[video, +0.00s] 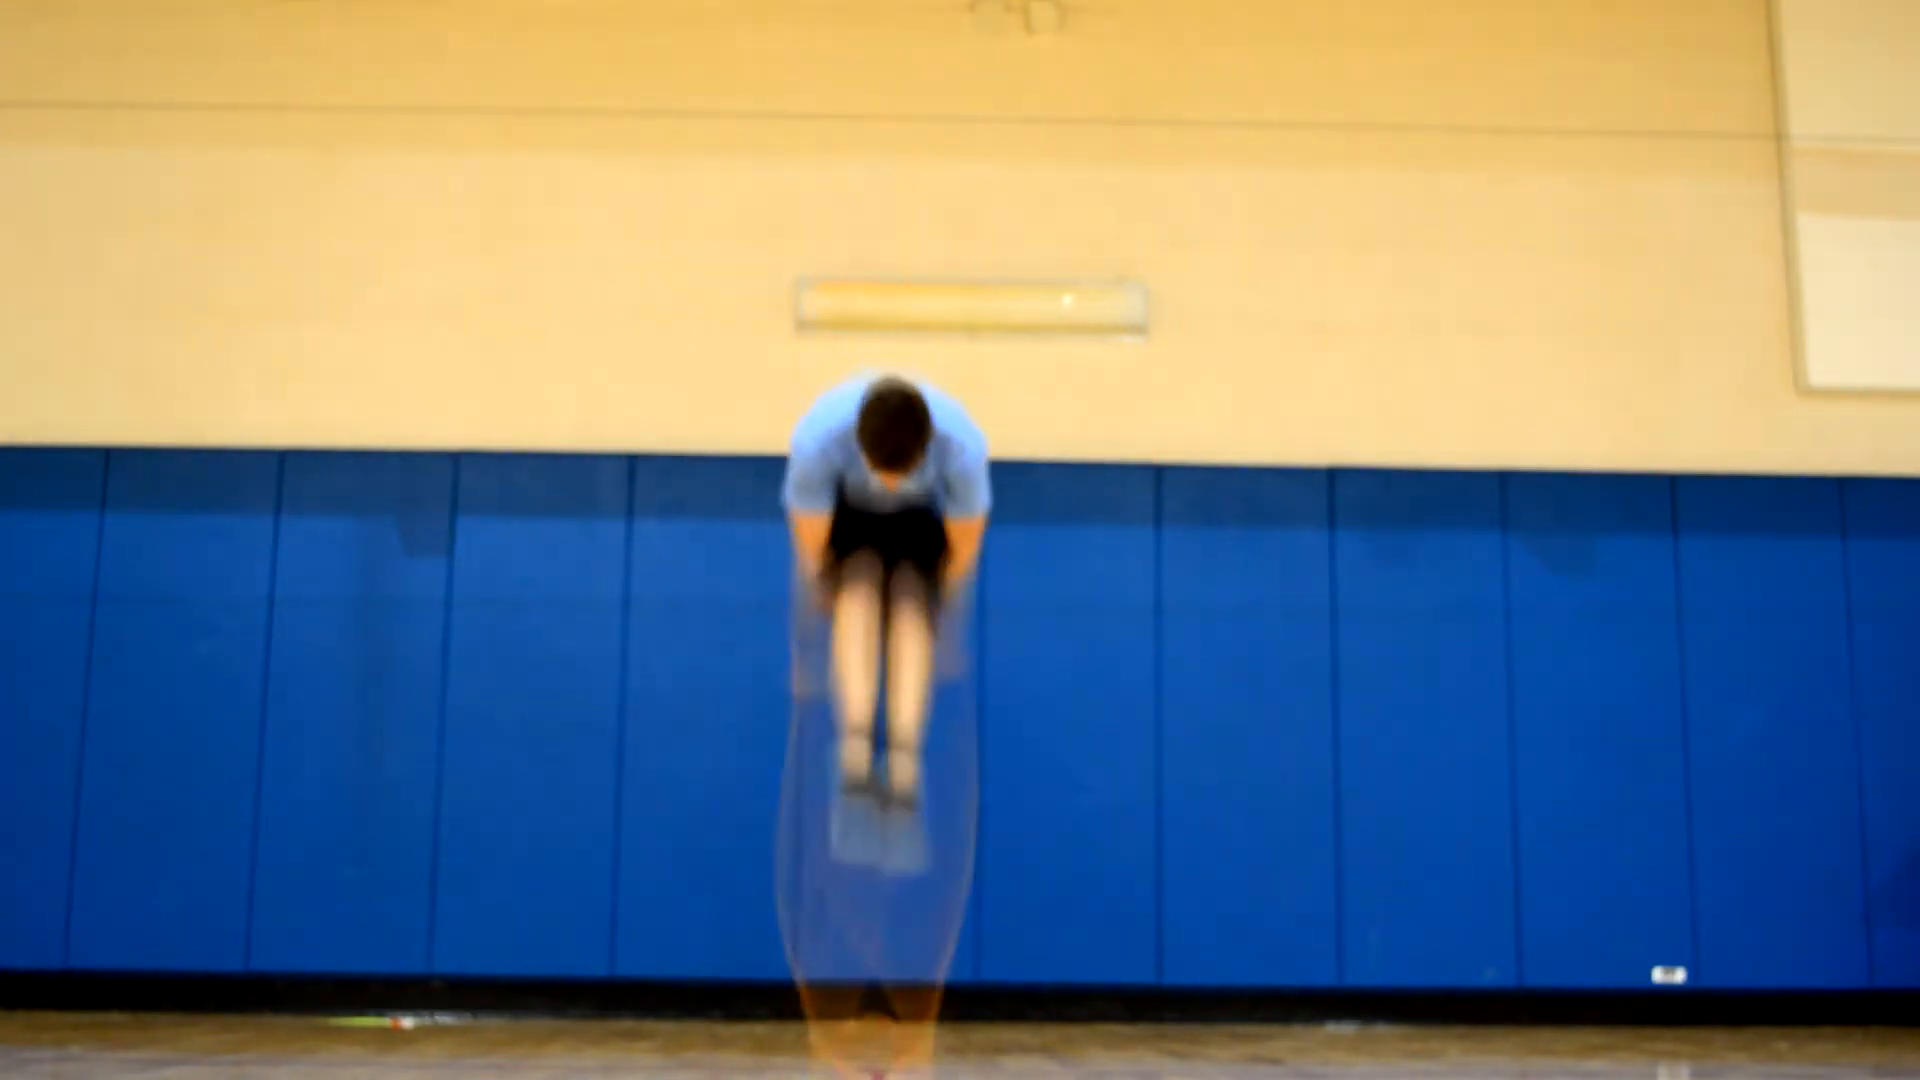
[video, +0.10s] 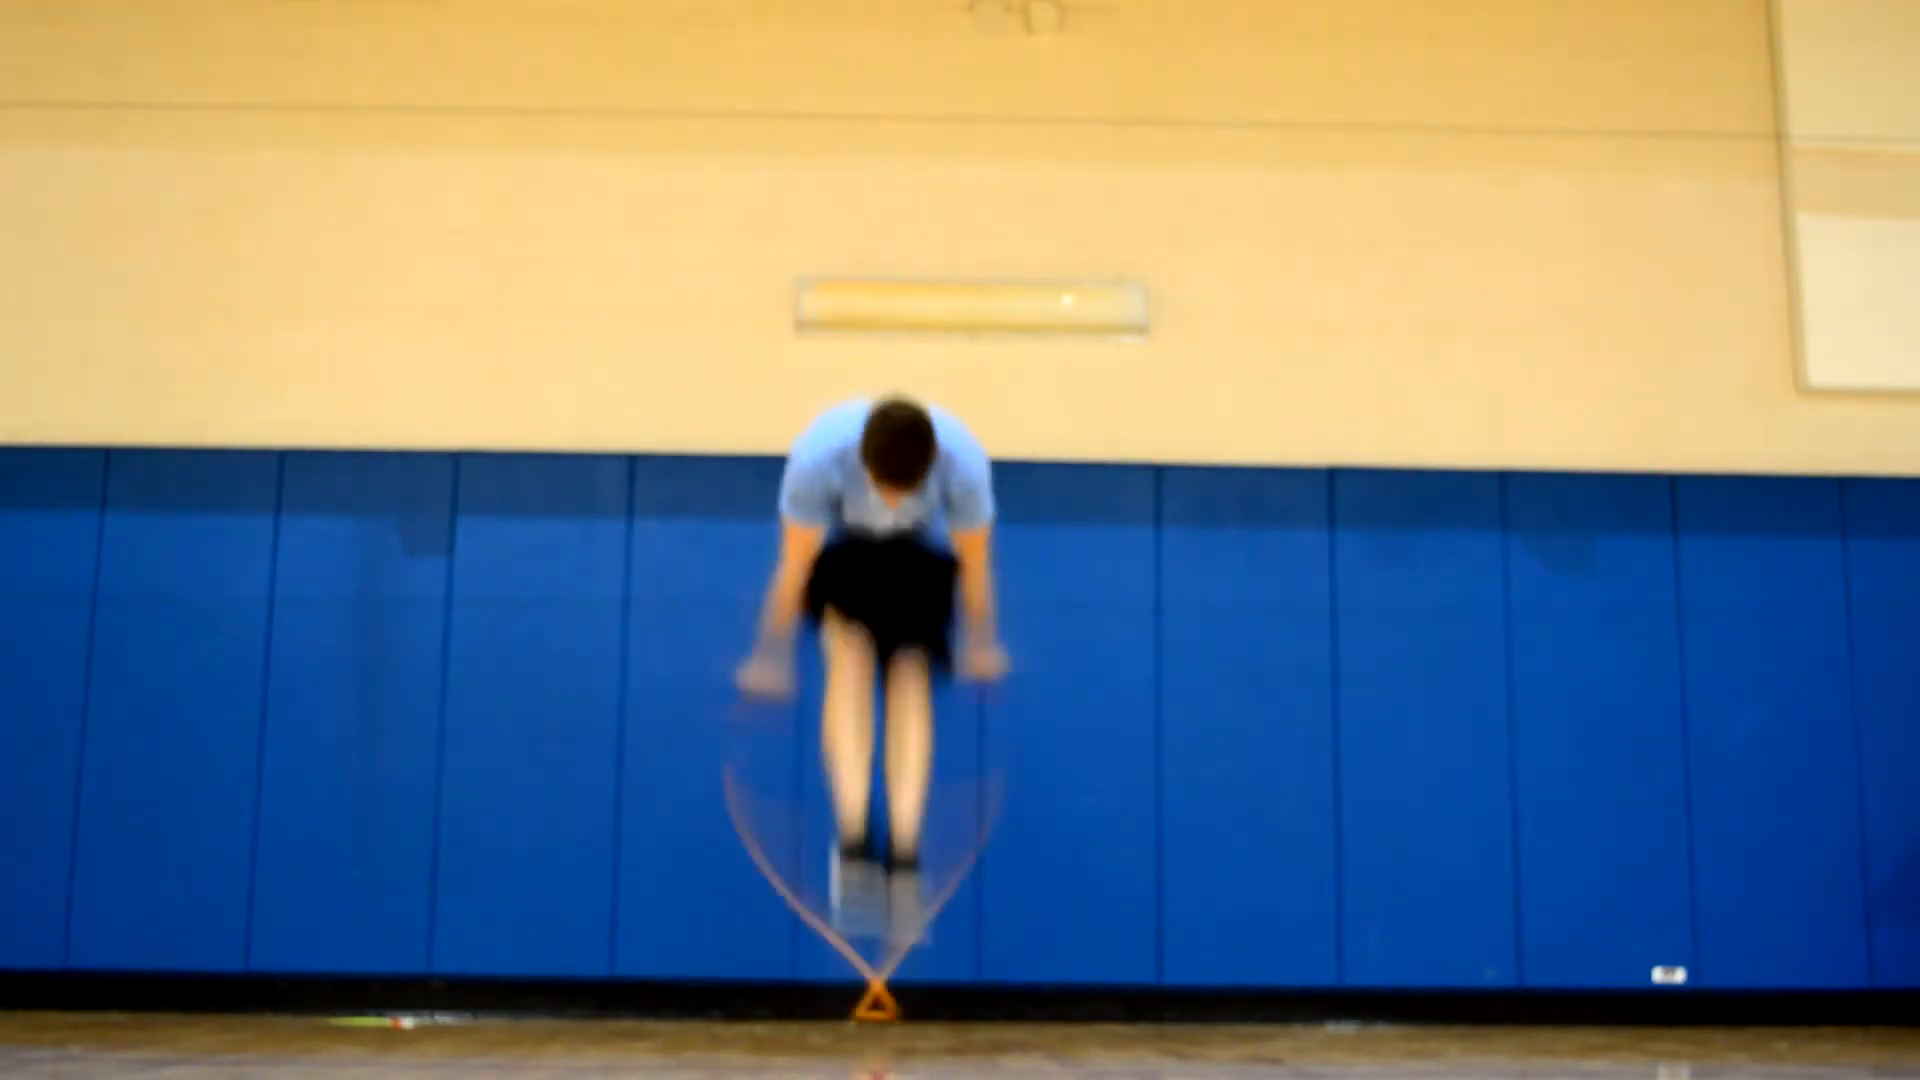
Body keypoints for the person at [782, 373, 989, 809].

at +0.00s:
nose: (890, 481)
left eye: (901, 472)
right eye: (880, 470)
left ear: (925, 448)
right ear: (861, 447)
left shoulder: (964, 450)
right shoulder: (817, 443)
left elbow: (962, 556)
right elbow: (812, 558)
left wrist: (931, 608)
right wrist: (802, 663)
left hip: (923, 509)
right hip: (852, 506)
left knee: (912, 604)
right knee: (856, 597)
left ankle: (905, 753)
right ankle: (855, 742)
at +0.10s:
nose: (894, 499)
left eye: (905, 490)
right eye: (885, 487)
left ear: (930, 465)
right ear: (864, 461)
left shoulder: (965, 465)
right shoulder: (816, 459)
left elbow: (975, 562)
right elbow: (795, 562)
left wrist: (981, 646)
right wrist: (769, 656)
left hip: (921, 552)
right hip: (848, 545)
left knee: (910, 674)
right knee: (850, 662)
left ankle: (905, 844)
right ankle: (851, 837)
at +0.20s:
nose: (898, 524)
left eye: (909, 514)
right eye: (889, 511)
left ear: (932, 486)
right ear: (868, 480)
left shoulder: (965, 485)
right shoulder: (818, 474)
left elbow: (996, 565)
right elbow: (774, 564)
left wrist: (1023, 643)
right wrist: (722, 647)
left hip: (923, 621)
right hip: (840, 617)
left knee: (912, 776)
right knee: (837, 772)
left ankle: (906, 972)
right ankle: (838, 971)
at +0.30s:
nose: (900, 548)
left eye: (912, 539)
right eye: (890, 536)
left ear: (935, 512)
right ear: (869, 505)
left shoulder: (969, 514)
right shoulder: (817, 505)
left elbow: (1006, 579)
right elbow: (764, 576)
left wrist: (1050, 649)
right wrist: (691, 640)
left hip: (923, 696)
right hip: (834, 693)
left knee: (920, 843)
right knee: (827, 839)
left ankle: (898, 1013)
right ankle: (836, 1014)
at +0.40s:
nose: (898, 558)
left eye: (910, 549)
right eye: (888, 546)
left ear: (931, 533)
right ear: (868, 524)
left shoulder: (964, 555)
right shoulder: (819, 552)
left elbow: (998, 600)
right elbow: (758, 603)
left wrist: (1071, 638)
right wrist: (660, 629)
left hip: (924, 722)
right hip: (833, 719)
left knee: (939, 866)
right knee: (814, 858)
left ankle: (898, 1010)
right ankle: (834, 1012)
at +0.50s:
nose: (897, 554)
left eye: (909, 545)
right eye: (887, 541)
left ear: (930, 528)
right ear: (868, 519)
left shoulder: (964, 548)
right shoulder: (818, 544)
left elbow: (989, 603)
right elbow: (758, 601)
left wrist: (1070, 634)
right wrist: (667, 635)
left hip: (925, 724)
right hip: (834, 721)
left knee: (937, 867)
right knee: (818, 861)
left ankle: (898, 1010)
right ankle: (837, 1012)